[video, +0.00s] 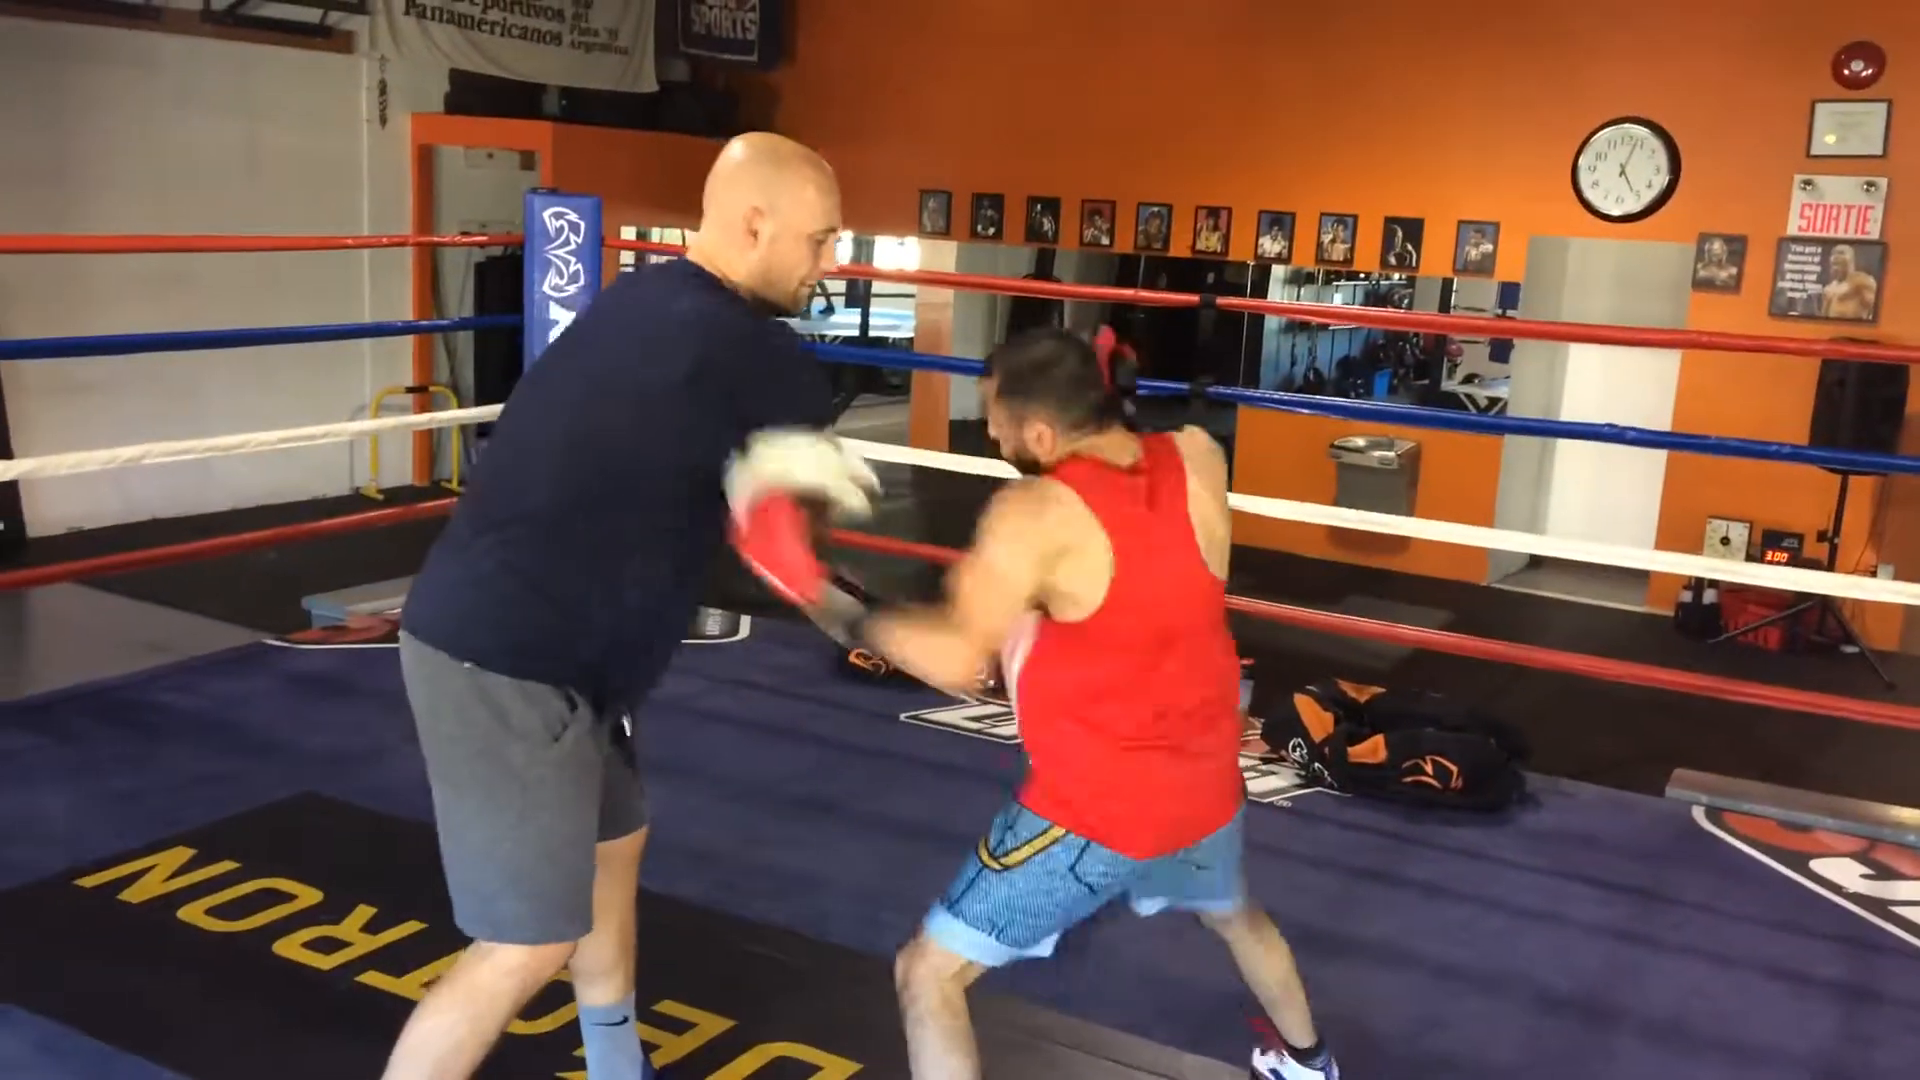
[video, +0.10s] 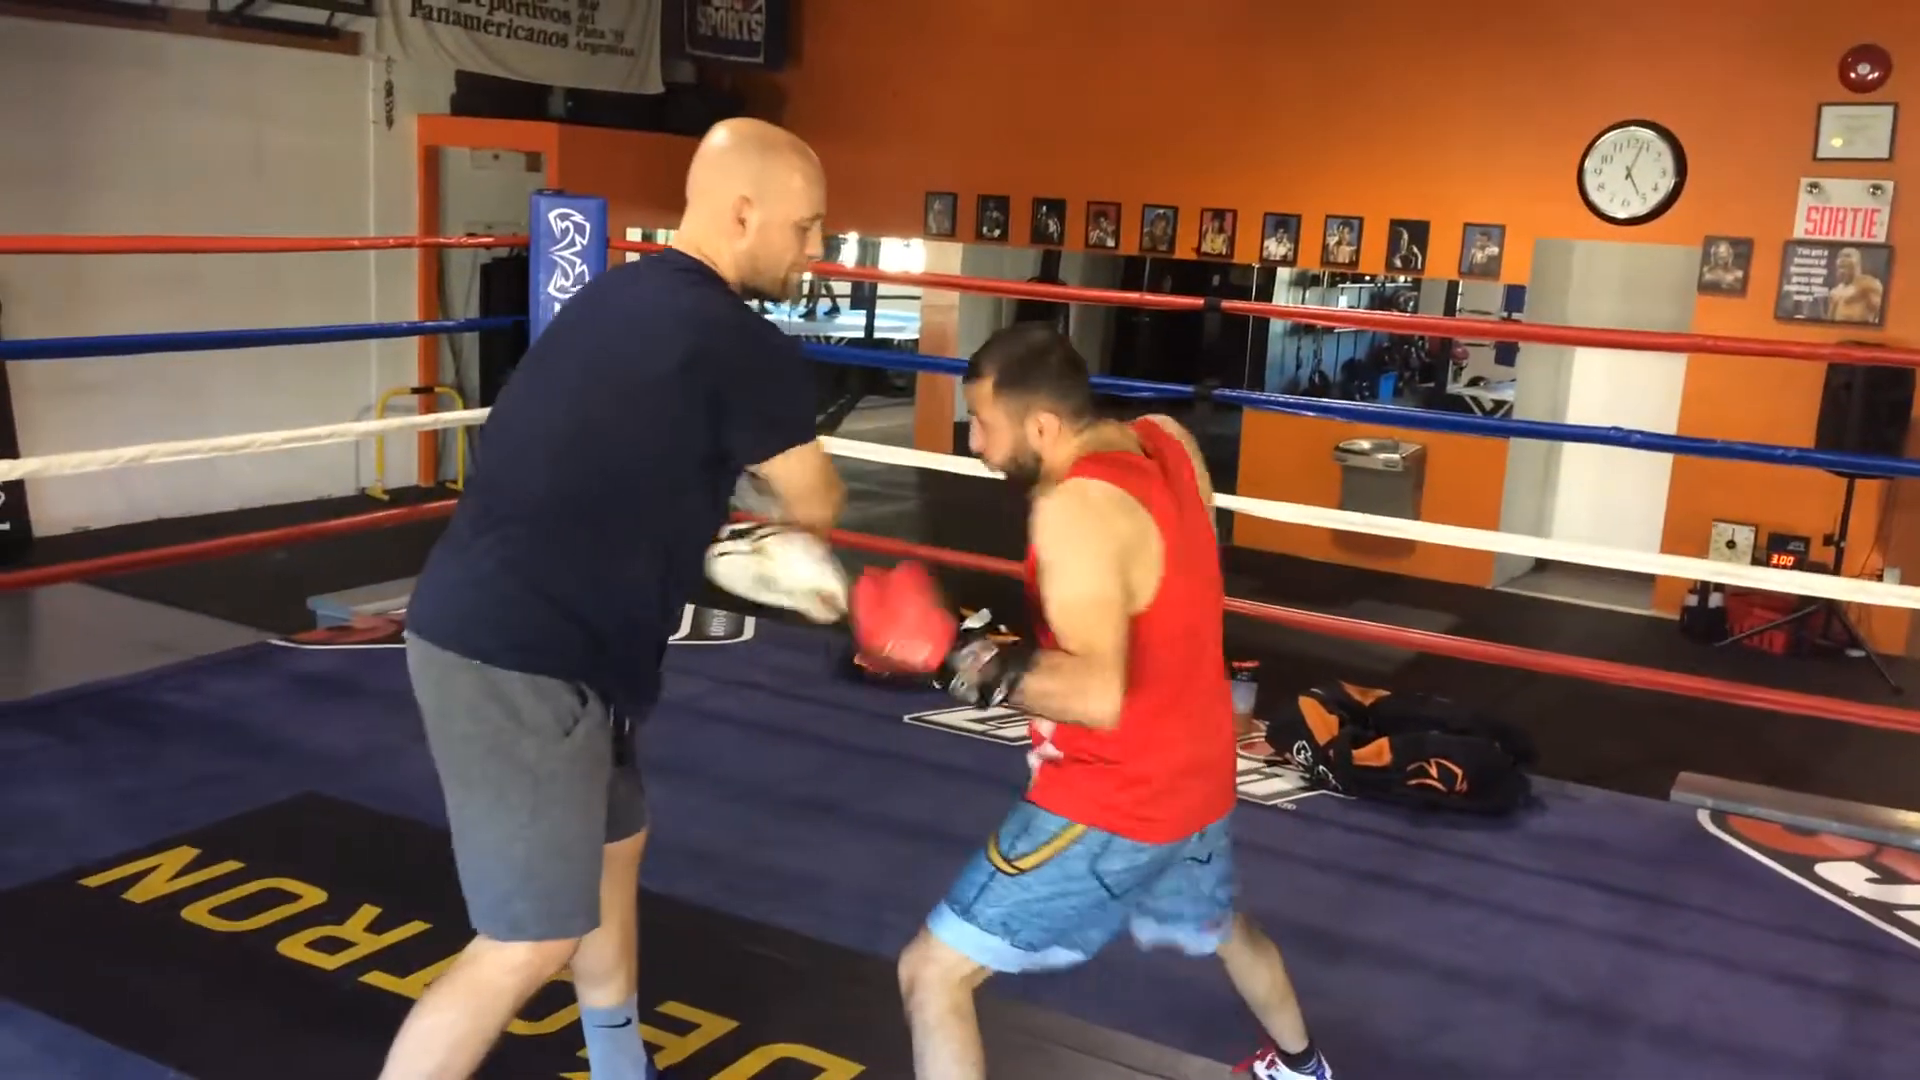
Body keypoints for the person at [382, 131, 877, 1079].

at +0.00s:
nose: (827, 265)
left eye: (830, 242)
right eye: (818, 240)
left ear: (736, 223)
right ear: (753, 223)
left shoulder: (638, 301)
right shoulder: (745, 348)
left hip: (560, 653)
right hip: (500, 656)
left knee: (613, 839)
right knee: (527, 938)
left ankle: (616, 1067)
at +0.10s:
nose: (810, 254)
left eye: (815, 232)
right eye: (804, 229)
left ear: (720, 210)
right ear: (744, 212)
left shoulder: (621, 294)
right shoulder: (738, 341)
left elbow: (621, 462)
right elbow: (815, 504)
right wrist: (795, 526)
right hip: (513, 652)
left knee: (614, 838)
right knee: (529, 937)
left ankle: (618, 1067)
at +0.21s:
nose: (789, 242)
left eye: (793, 219)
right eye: (779, 215)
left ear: (698, 198)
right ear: (713, 196)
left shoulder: (585, 297)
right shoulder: (704, 328)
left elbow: (599, 469)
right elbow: (772, 539)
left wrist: (740, 520)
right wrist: (808, 516)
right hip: (505, 659)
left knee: (610, 846)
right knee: (511, 945)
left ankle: (618, 1067)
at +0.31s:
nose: (752, 218)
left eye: (752, 194)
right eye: (739, 191)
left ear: (651, 185)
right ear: (667, 183)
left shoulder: (551, 296)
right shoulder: (650, 319)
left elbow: (573, 506)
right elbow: (703, 549)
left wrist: (743, 554)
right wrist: (798, 556)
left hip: (554, 660)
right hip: (486, 669)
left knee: (602, 857)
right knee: (487, 949)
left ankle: (620, 1071)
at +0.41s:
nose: (706, 206)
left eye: (705, 182)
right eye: (689, 180)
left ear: (606, 178)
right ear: (613, 175)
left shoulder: (525, 290)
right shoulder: (593, 315)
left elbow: (530, 447)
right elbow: (613, 549)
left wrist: (668, 457)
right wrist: (764, 602)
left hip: (518, 677)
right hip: (453, 685)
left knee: (579, 876)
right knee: (438, 954)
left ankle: (622, 1071)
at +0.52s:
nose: (671, 208)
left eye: (672, 182)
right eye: (655, 180)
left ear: (579, 175)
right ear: (580, 171)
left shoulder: (537, 293)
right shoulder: (521, 305)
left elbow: (517, 469)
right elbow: (527, 557)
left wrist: (649, 438)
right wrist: (696, 615)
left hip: (489, 671)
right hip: (403, 682)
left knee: (548, 892)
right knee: (400, 969)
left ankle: (612, 1070)